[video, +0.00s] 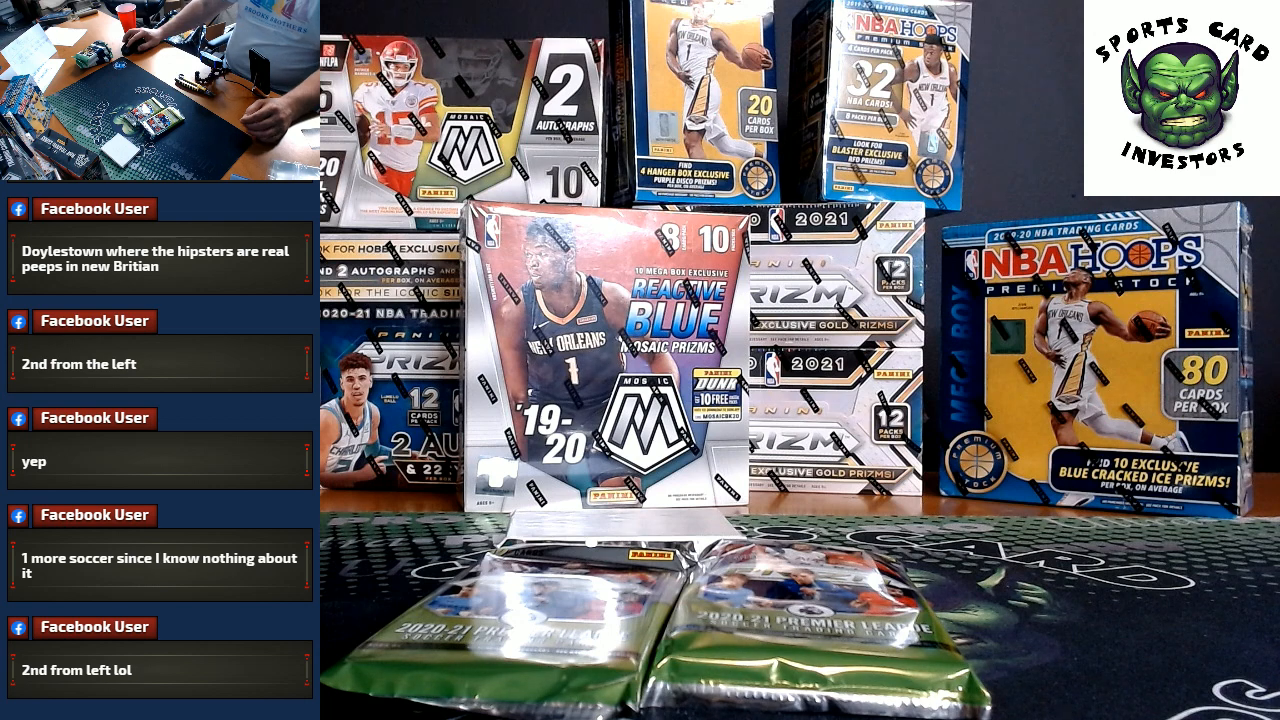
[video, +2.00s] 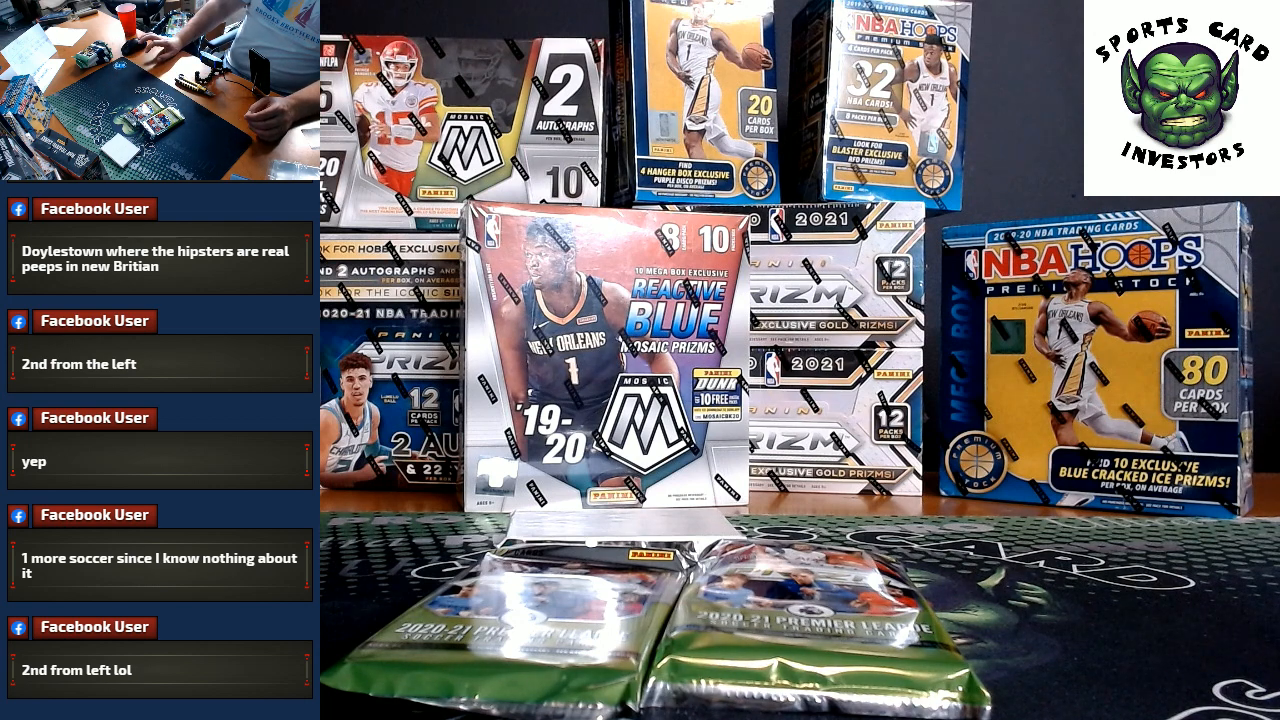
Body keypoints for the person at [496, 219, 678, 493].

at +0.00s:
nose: (533, 263)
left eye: (542, 254)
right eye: (529, 255)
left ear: (569, 256)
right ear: (525, 259)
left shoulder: (611, 299)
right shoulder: (514, 312)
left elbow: (658, 357)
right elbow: (518, 399)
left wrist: (664, 414)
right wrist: (524, 460)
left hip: (610, 418)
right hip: (549, 422)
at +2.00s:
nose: (532, 263)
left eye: (542, 254)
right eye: (529, 255)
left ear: (570, 255)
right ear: (524, 258)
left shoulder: (611, 299)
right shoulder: (513, 312)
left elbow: (658, 357)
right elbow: (518, 399)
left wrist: (663, 414)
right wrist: (524, 460)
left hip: (610, 423)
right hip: (549, 427)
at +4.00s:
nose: (533, 264)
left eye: (542, 254)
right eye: (529, 255)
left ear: (569, 255)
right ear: (525, 258)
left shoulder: (611, 299)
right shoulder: (514, 313)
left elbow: (658, 357)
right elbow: (517, 400)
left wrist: (664, 414)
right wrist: (522, 462)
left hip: (610, 424)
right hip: (549, 428)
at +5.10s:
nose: (532, 262)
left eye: (543, 253)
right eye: (529, 254)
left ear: (569, 255)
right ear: (524, 257)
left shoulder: (612, 299)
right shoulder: (514, 312)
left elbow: (658, 358)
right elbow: (517, 395)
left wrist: (663, 418)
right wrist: (524, 454)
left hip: (609, 427)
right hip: (547, 431)